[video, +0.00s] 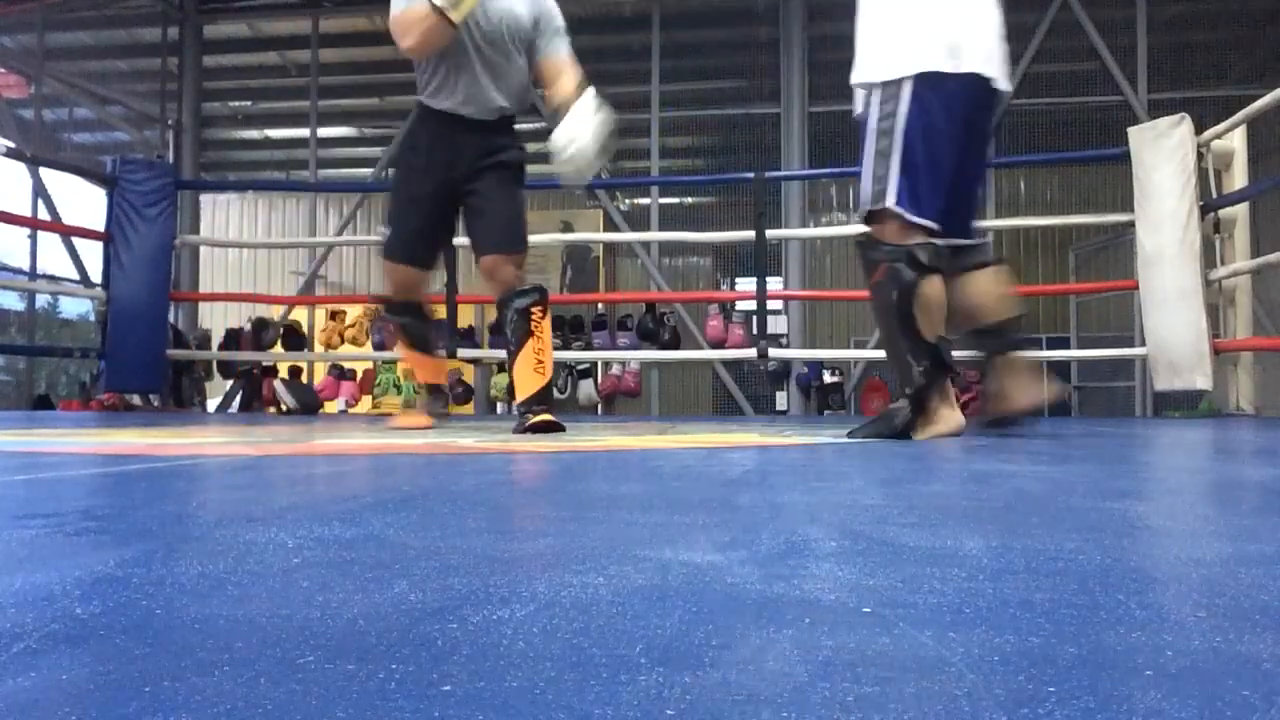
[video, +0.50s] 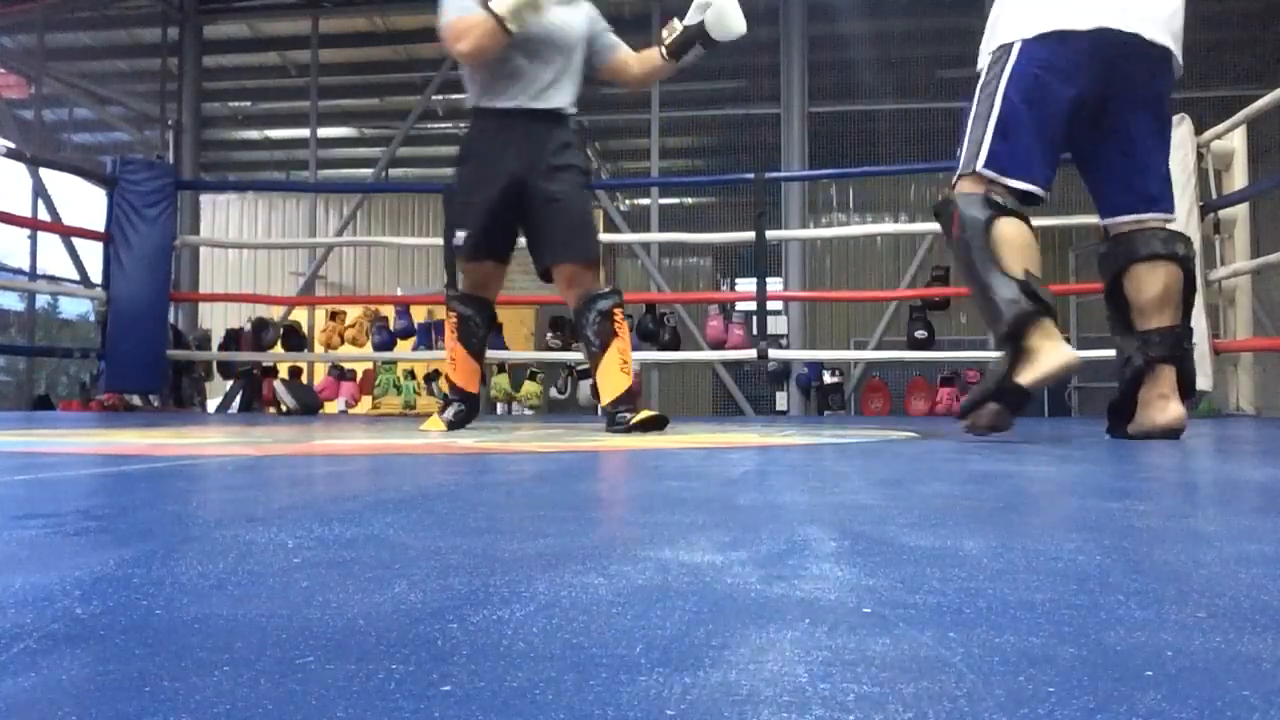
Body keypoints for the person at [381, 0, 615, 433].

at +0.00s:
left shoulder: (538, 6)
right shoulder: (418, 0)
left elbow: (562, 79)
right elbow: (413, 42)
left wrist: (580, 120)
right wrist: (459, 3)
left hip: (496, 140)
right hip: (432, 134)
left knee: (500, 266)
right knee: (401, 276)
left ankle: (534, 402)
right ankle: (433, 385)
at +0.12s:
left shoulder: (532, 10)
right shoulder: (413, 4)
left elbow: (546, 94)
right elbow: (412, 52)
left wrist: (567, 145)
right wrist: (462, 9)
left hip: (510, 149)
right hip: (444, 149)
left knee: (523, 263)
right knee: (447, 283)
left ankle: (537, 401)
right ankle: (463, 405)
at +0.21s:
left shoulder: (536, 5)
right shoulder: (419, 2)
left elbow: (567, 72)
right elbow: (421, 47)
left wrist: (623, 103)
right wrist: (467, 7)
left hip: (520, 133)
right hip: (454, 135)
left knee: (547, 248)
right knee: (456, 275)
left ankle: (559, 391)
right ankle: (460, 402)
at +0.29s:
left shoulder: (548, 4)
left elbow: (585, 58)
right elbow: (429, 37)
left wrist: (653, 68)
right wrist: (482, 3)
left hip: (528, 121)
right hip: (463, 123)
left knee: (555, 246)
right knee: (459, 269)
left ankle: (578, 384)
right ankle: (462, 394)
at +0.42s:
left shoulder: (561, 6)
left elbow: (617, 57)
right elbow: (448, 36)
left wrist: (678, 39)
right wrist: (498, 4)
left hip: (539, 131)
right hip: (474, 130)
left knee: (566, 261)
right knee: (469, 270)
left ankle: (618, 396)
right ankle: (461, 397)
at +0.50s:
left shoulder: (578, 9)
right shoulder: (468, 2)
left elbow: (631, 68)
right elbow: (467, 46)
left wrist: (692, 37)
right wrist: (513, 7)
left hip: (556, 141)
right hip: (491, 138)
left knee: (580, 272)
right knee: (479, 274)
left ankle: (618, 405)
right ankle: (461, 399)